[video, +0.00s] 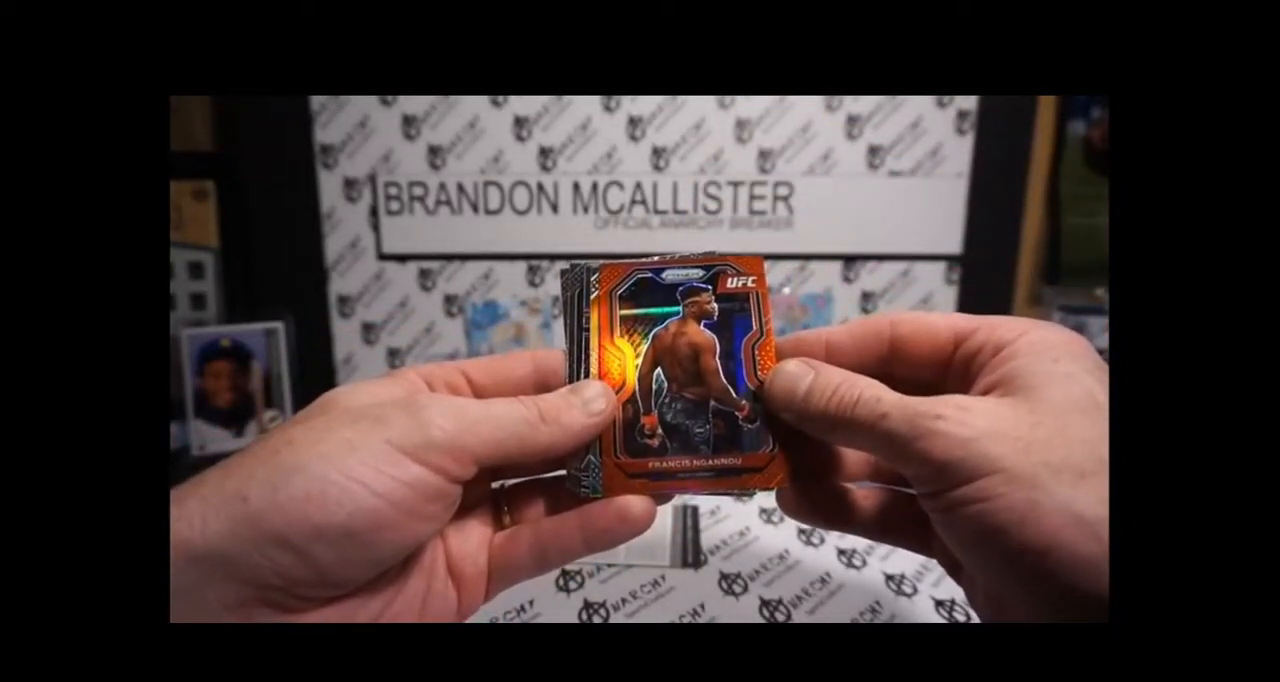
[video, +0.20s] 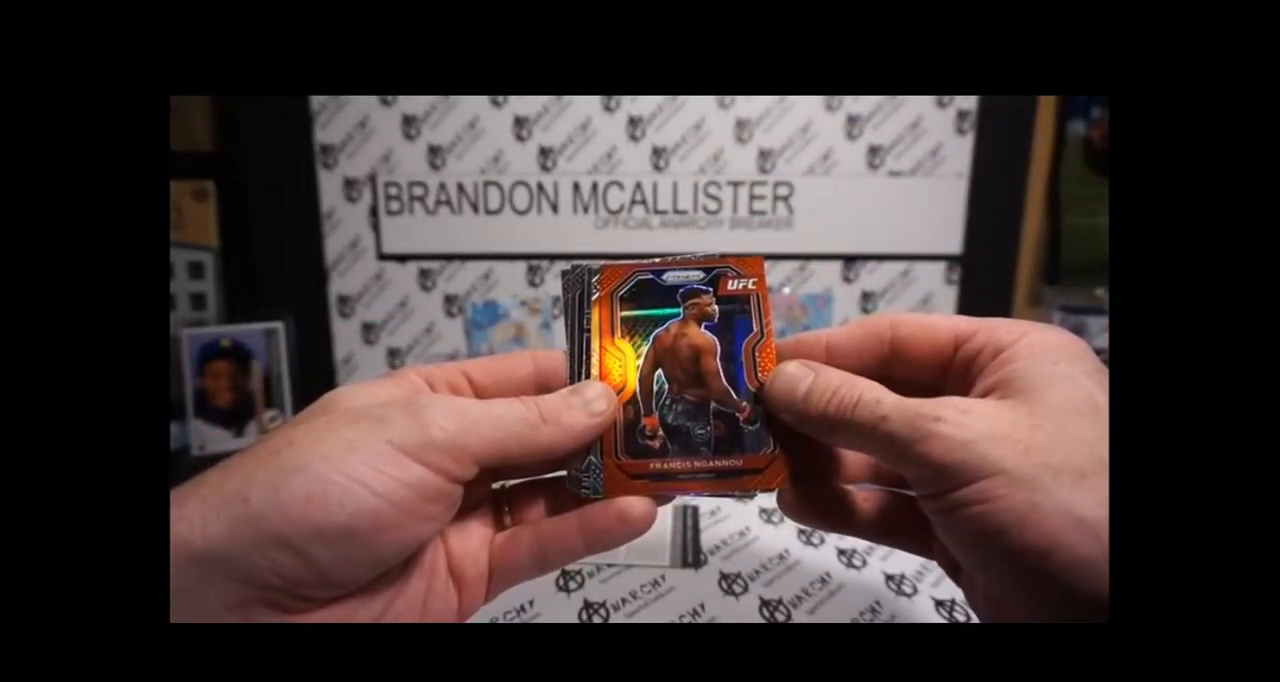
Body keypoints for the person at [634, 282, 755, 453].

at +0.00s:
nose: (715, 306)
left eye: (714, 301)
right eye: (709, 302)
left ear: (690, 308)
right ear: (691, 307)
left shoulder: (660, 334)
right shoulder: (705, 339)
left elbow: (644, 375)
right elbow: (717, 388)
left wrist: (647, 413)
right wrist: (741, 407)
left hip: (669, 406)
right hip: (695, 411)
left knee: (677, 468)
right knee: (699, 472)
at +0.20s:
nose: (716, 308)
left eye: (714, 303)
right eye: (710, 304)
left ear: (690, 310)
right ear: (692, 309)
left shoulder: (661, 335)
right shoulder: (706, 341)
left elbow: (645, 376)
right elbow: (718, 390)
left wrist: (648, 414)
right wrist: (741, 408)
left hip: (669, 407)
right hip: (696, 413)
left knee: (678, 470)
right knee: (700, 474)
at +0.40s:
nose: (718, 308)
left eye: (716, 302)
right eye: (712, 304)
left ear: (692, 308)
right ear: (693, 308)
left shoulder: (663, 333)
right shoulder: (707, 340)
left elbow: (647, 374)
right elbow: (719, 389)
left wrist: (650, 413)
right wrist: (743, 407)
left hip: (671, 407)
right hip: (697, 413)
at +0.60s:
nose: (716, 307)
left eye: (715, 302)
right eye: (710, 303)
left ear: (690, 307)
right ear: (692, 307)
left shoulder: (661, 333)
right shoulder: (705, 339)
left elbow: (645, 373)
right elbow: (718, 388)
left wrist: (648, 413)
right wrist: (742, 407)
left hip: (669, 406)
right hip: (696, 412)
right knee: (697, 472)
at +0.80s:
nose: (717, 305)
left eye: (715, 299)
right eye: (712, 300)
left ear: (690, 305)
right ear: (693, 304)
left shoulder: (661, 330)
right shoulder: (705, 338)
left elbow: (644, 370)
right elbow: (717, 389)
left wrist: (646, 410)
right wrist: (740, 406)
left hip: (667, 404)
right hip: (693, 411)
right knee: (696, 471)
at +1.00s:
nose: (718, 304)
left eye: (716, 298)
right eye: (712, 299)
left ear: (693, 304)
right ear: (695, 303)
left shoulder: (662, 329)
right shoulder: (707, 337)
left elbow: (646, 369)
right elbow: (719, 387)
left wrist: (648, 410)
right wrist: (742, 405)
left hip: (669, 403)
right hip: (695, 410)